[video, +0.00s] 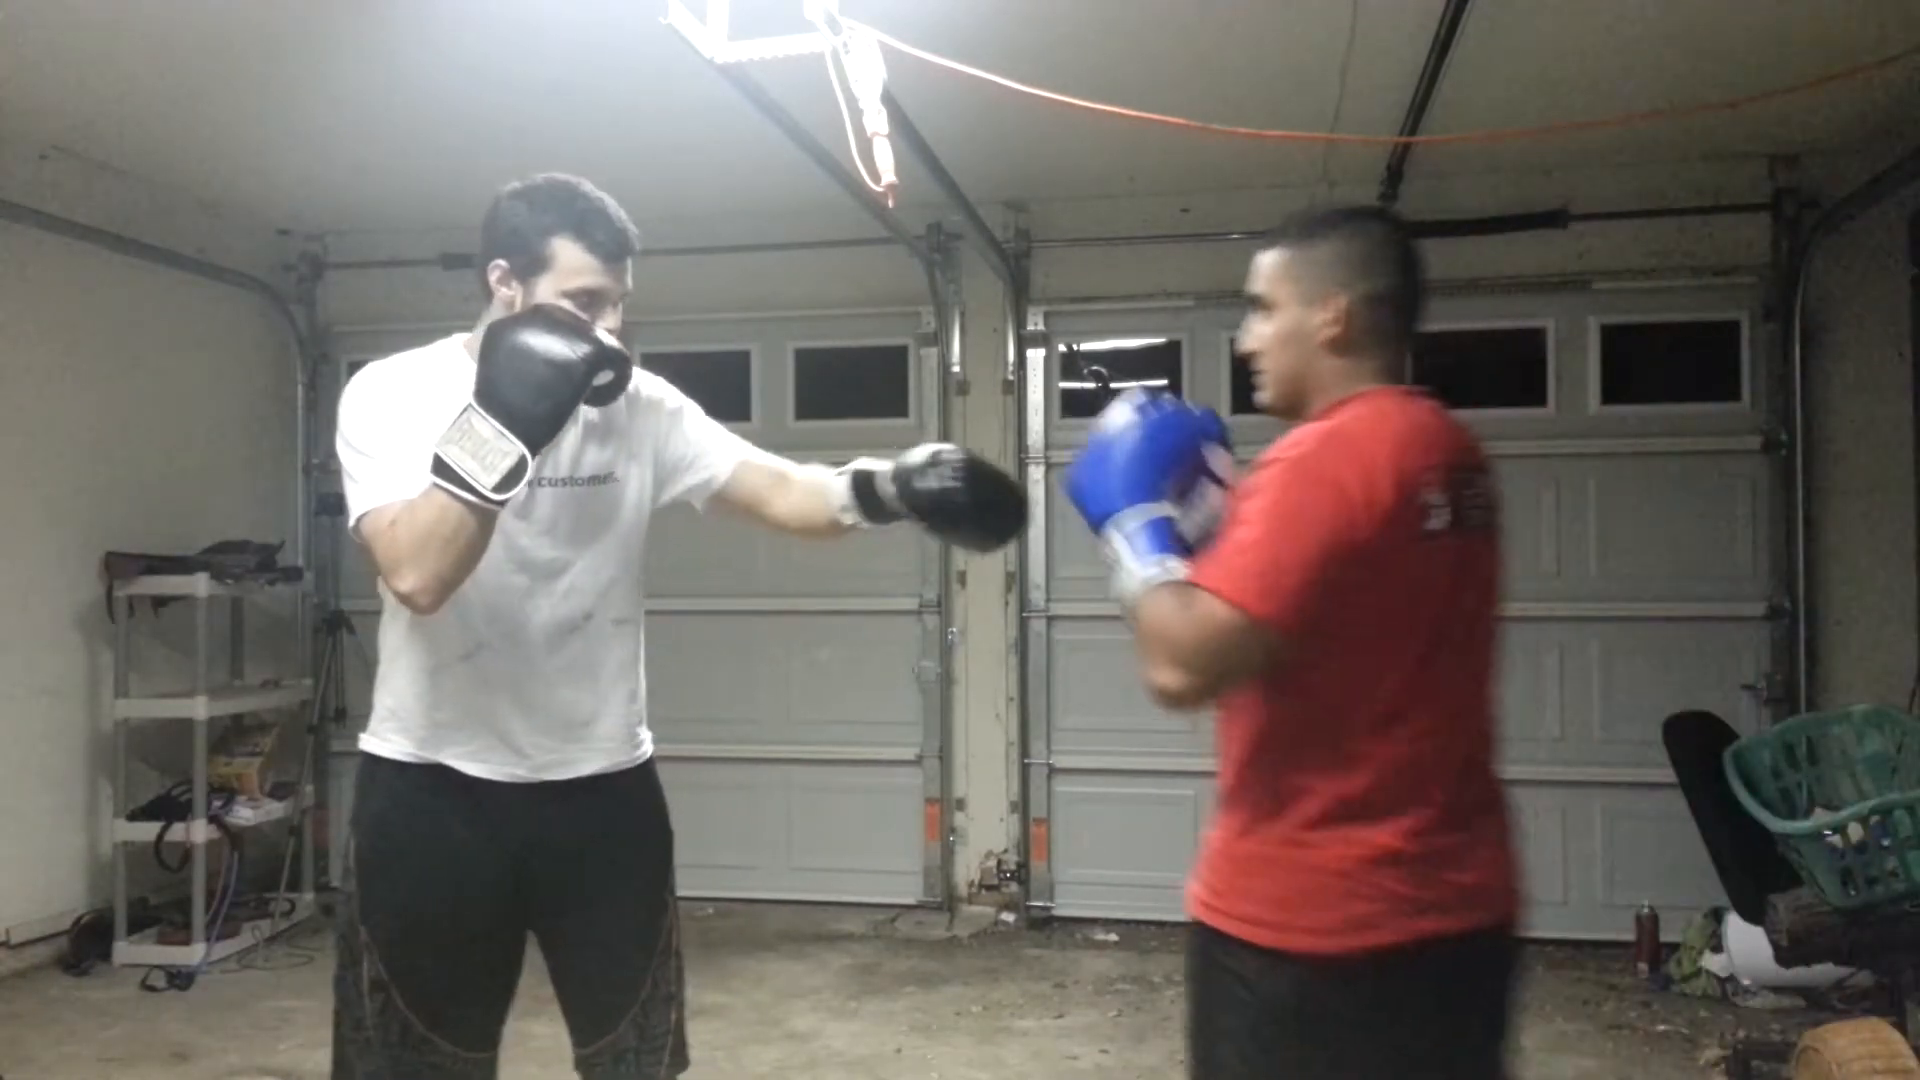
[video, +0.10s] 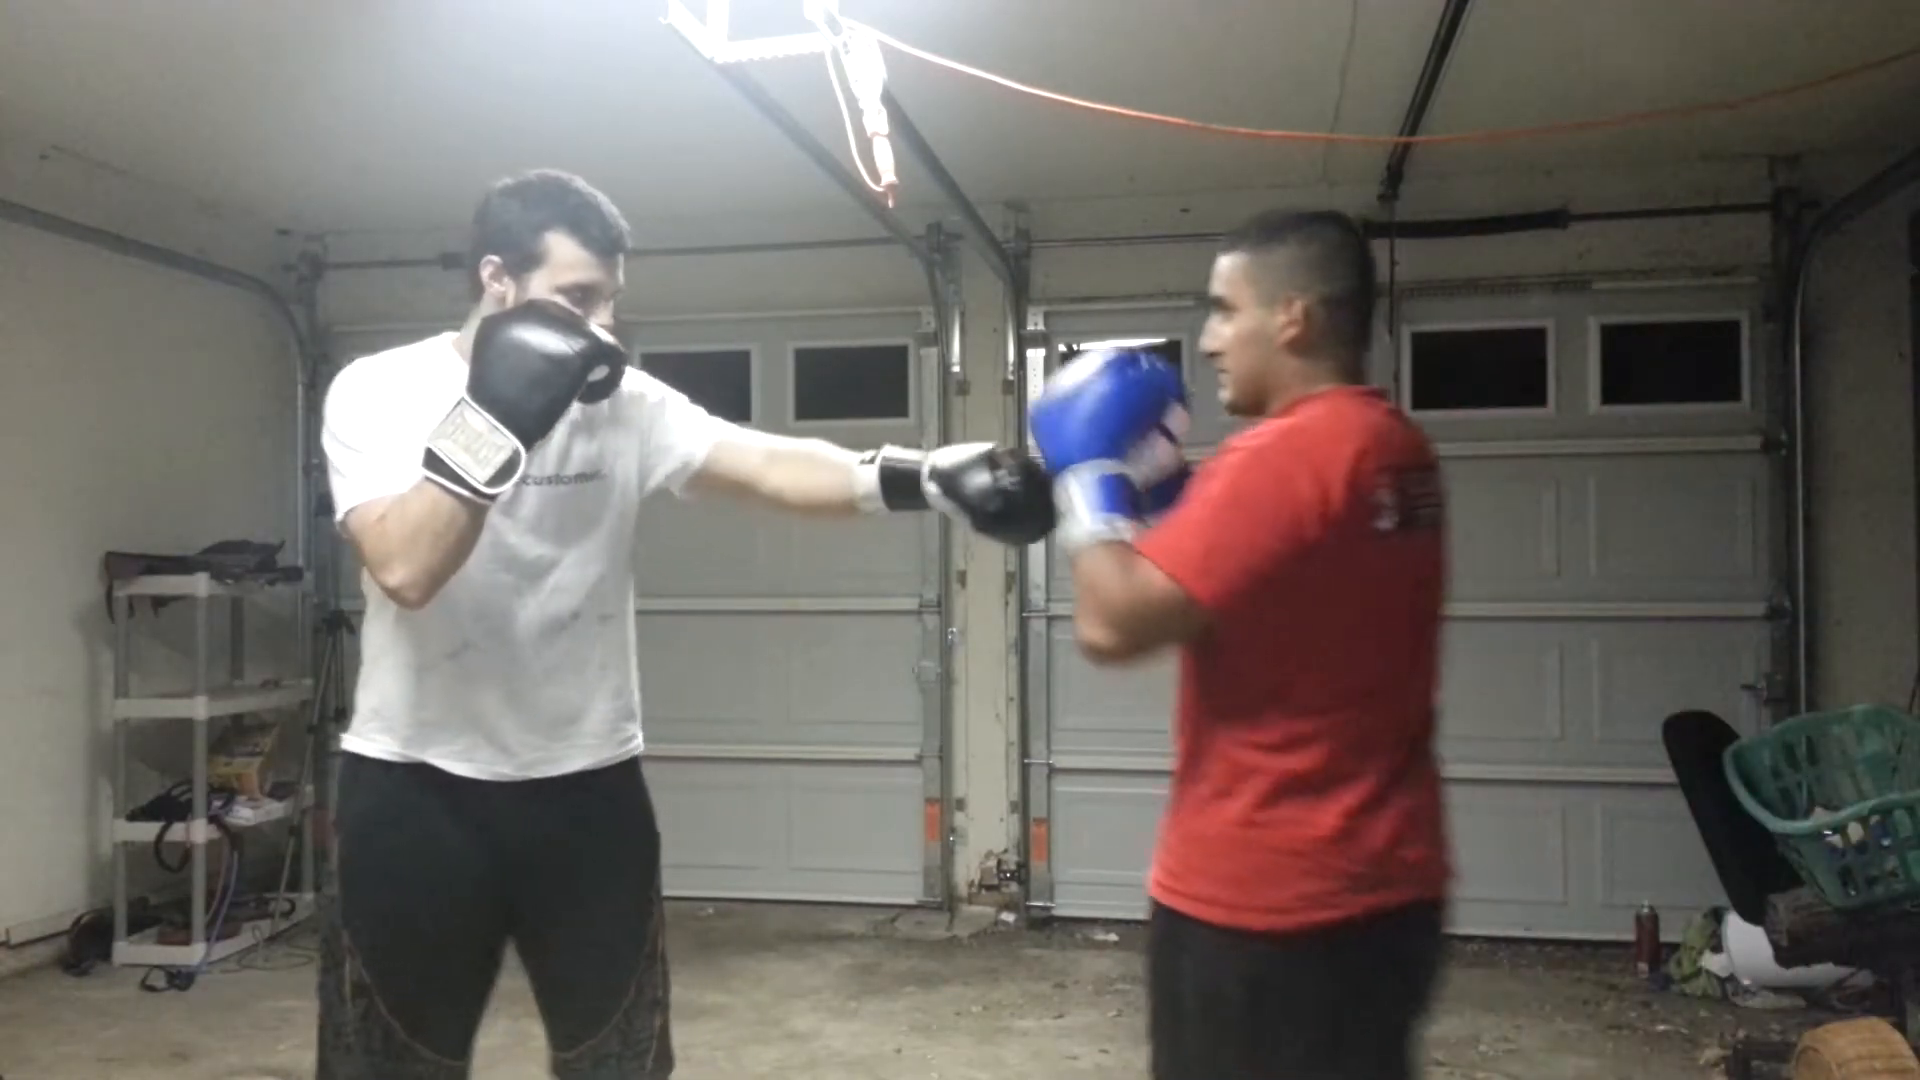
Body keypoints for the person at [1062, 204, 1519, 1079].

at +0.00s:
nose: (1244, 338)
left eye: (1263, 309)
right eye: (1249, 311)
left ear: (1332, 318)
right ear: (1334, 318)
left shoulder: (1333, 457)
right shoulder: (1449, 448)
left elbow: (1183, 662)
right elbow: (1347, 619)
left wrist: (1129, 521)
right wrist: (1224, 517)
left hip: (1307, 935)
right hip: (1443, 920)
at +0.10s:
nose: (1208, 339)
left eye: (1225, 310)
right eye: (1212, 312)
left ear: (1293, 321)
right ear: (1295, 321)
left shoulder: (1291, 455)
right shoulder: (1397, 445)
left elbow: (1114, 620)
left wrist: (1081, 475)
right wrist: (1167, 487)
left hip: (1262, 907)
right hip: (1371, 892)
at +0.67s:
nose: (1090, 370)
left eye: (1114, 348)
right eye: (1092, 350)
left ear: (1183, 358)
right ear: (1079, 359)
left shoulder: (1206, 461)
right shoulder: (1100, 466)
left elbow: (1044, 453)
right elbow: (968, 460)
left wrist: (1035, 329)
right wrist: (985, 338)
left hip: (1134, 824)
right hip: (1076, 816)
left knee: (1102, 1060)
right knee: (1076, 1055)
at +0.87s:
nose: (1051, 379)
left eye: (1073, 357)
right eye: (1049, 360)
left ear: (1141, 366)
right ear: (1044, 374)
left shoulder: (1170, 462)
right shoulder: (1059, 468)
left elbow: (1027, 494)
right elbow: (930, 501)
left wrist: (999, 357)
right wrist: (924, 379)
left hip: (1112, 808)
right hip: (1057, 798)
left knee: (1016, 1047)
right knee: (1089, 1052)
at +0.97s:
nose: (1030, 381)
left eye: (1050, 361)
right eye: (1028, 365)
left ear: (1116, 369)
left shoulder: (1151, 470)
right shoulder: (1035, 476)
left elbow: (1032, 541)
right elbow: (923, 557)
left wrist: (938, 436)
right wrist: (879, 466)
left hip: (1103, 796)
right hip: (1045, 793)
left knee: (994, 1033)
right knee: (1093, 1044)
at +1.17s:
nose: (977, 395)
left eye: (997, 373)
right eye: (972, 379)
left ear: (1062, 377)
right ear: (970, 392)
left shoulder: (1102, 481)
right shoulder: (987, 498)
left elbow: (1058, 625)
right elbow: (927, 642)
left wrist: (930, 568)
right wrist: (873, 588)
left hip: (1062, 809)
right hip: (1002, 806)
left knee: (971, 1041)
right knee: (1084, 1043)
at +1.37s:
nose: (914, 406)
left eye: (933, 386)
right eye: (909, 389)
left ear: (997, 391)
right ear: (907, 401)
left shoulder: (1042, 501)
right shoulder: (924, 500)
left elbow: (1067, 661)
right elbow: (893, 625)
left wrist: (937, 708)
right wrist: (852, 685)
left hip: (1001, 822)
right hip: (944, 813)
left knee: (923, 1042)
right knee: (1030, 1039)